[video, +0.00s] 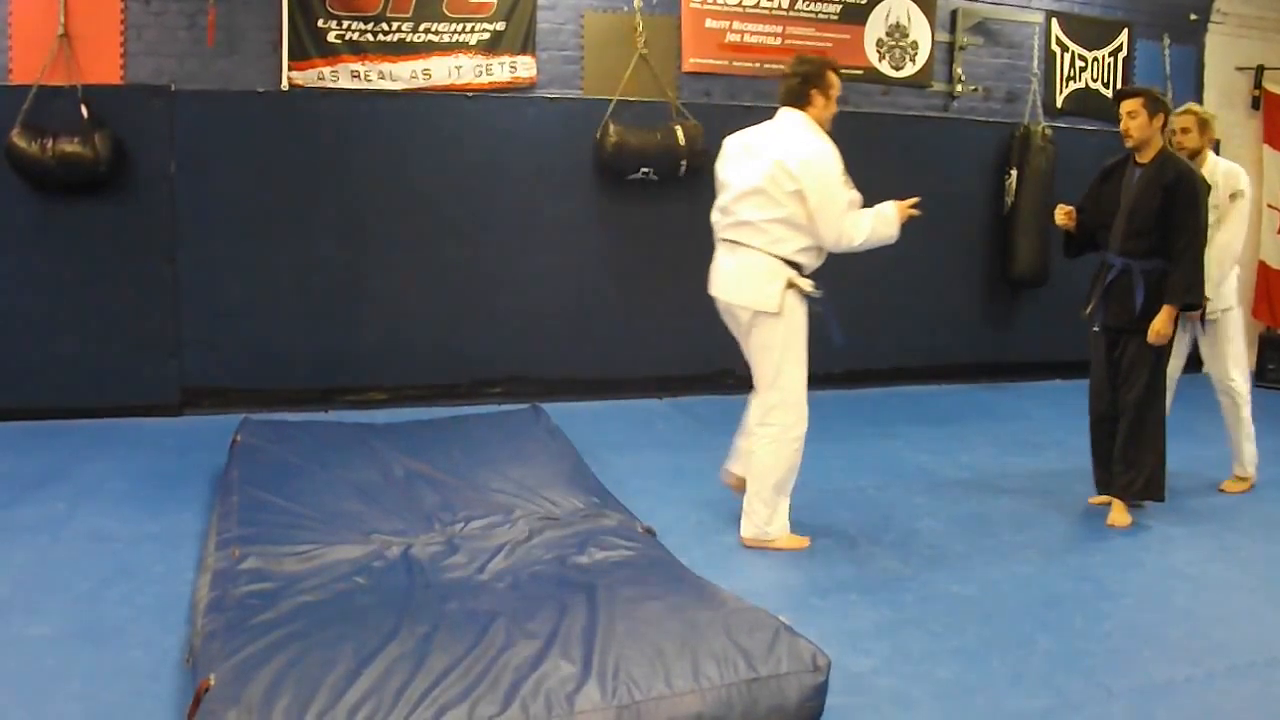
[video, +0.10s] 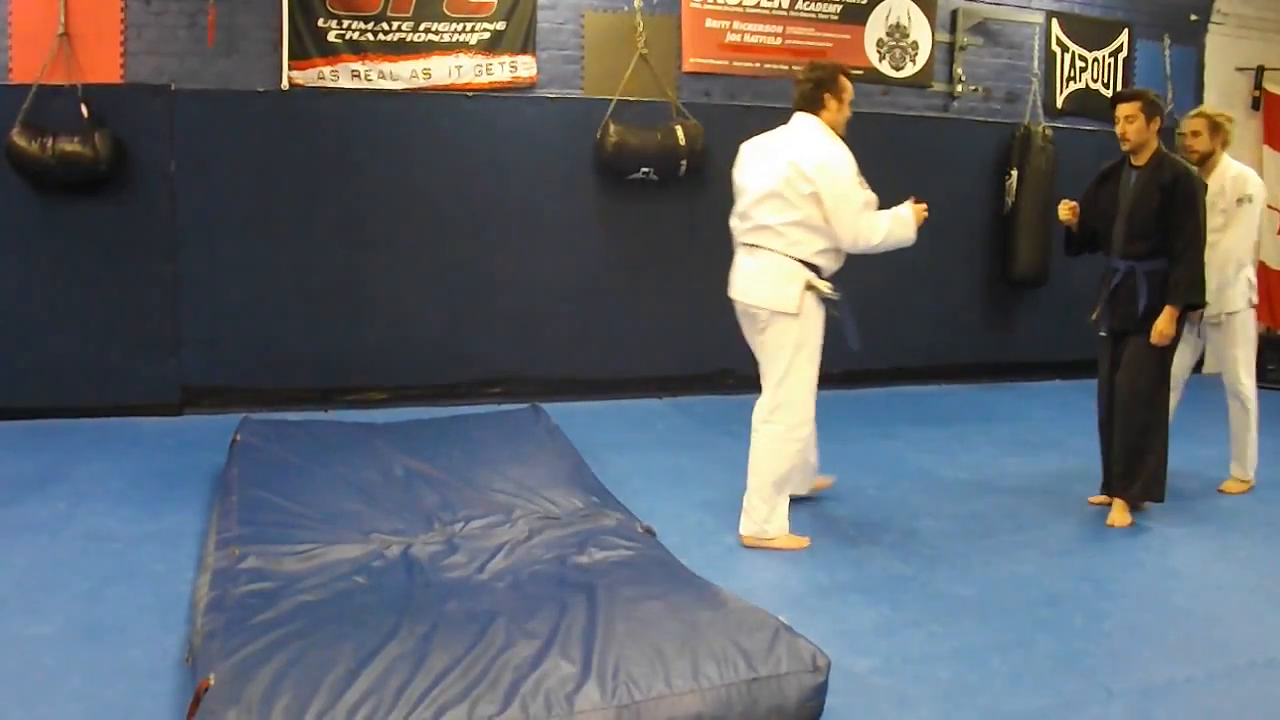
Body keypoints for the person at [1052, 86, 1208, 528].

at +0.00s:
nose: (1124, 125)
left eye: (1132, 117)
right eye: (1121, 118)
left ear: (1159, 121)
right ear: (1122, 124)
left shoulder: (1184, 180)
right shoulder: (1113, 172)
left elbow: (1189, 252)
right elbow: (1090, 234)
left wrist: (1170, 309)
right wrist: (1072, 223)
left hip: (1151, 301)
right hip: (1109, 295)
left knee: (1137, 399)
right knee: (1104, 396)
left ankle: (1125, 496)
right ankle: (1109, 485)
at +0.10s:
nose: (1121, 128)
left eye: (1130, 120)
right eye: (1117, 121)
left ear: (1154, 124)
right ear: (1116, 126)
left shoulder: (1181, 179)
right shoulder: (1111, 175)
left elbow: (1189, 252)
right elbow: (1087, 242)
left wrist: (1173, 310)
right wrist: (1073, 224)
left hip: (1156, 301)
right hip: (1117, 296)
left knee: (1136, 394)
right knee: (1111, 392)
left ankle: (1127, 497)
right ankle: (1113, 484)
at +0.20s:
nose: (1119, 131)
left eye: (1128, 123)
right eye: (1115, 123)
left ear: (1151, 125)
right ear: (1112, 126)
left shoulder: (1178, 175)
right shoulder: (1110, 176)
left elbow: (1190, 247)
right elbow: (1090, 239)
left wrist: (1179, 308)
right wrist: (1069, 235)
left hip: (1160, 299)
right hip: (1120, 296)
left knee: (1131, 387)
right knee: (1117, 388)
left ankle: (1131, 490)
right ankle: (1118, 481)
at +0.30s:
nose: (1118, 133)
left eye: (1127, 125)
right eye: (1113, 125)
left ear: (1149, 126)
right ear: (1110, 127)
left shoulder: (1175, 174)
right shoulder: (1109, 173)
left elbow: (1189, 244)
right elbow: (1083, 226)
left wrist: (1187, 308)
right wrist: (1062, 276)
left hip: (1159, 298)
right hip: (1118, 295)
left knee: (1133, 388)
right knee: (1119, 388)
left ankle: (1130, 494)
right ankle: (1115, 482)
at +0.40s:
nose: (1116, 136)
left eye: (1124, 128)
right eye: (1110, 128)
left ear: (1146, 128)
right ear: (1106, 129)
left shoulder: (1172, 175)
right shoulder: (1102, 175)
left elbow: (1188, 245)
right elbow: (1081, 238)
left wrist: (1191, 310)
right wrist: (1067, 301)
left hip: (1157, 301)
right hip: (1113, 297)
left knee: (1131, 395)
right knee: (1118, 393)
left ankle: (1127, 501)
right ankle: (1124, 483)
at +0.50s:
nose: (1111, 141)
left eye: (1120, 132)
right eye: (1105, 133)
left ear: (1142, 133)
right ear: (1099, 134)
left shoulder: (1165, 180)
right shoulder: (1093, 179)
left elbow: (1188, 251)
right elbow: (1075, 245)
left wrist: (1197, 318)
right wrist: (1077, 304)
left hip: (1151, 302)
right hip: (1103, 301)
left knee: (1131, 396)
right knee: (1112, 396)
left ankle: (1124, 505)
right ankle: (1124, 484)